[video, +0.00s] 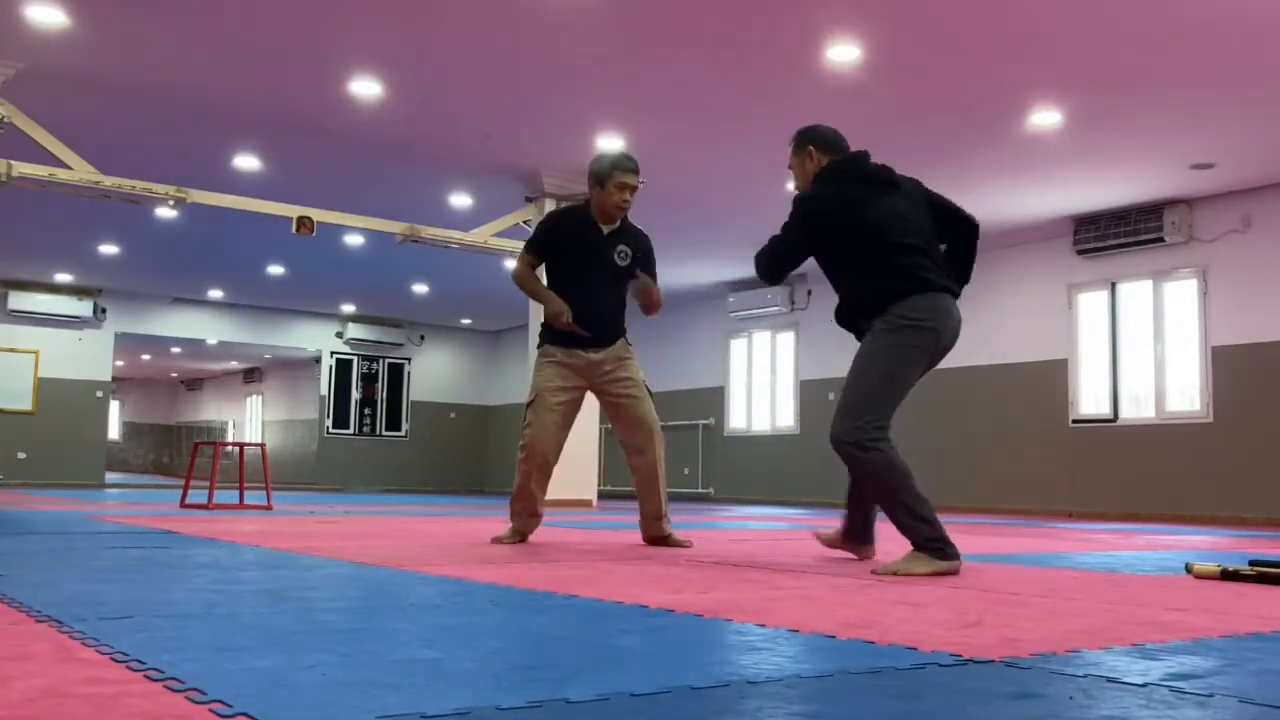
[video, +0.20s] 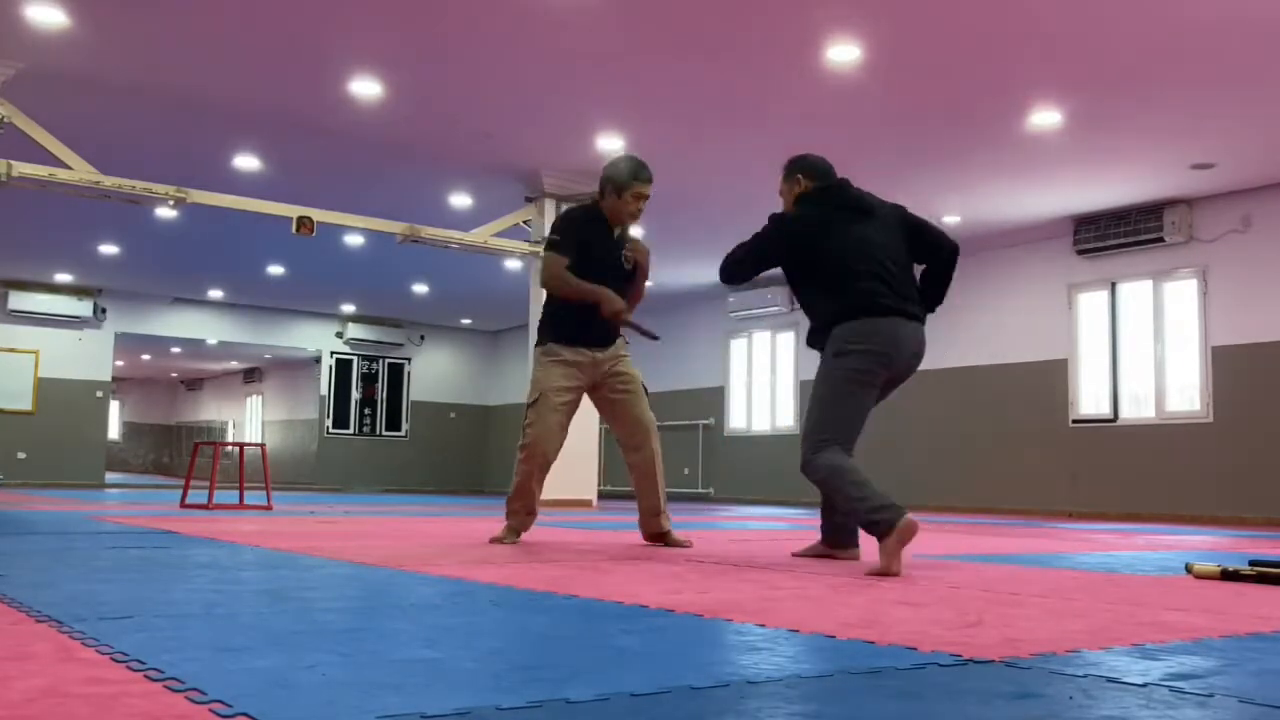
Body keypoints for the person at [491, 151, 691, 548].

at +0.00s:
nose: (628, 198)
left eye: (633, 191)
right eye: (620, 189)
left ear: (636, 193)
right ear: (596, 186)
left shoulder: (637, 241)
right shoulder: (559, 223)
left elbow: (650, 304)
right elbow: (521, 272)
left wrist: (647, 294)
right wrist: (549, 299)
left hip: (614, 355)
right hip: (560, 356)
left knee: (646, 432)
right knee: (538, 441)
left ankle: (655, 528)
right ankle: (521, 526)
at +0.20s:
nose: (642, 208)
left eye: (646, 200)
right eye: (636, 198)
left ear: (642, 199)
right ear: (609, 192)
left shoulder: (628, 242)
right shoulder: (574, 220)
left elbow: (626, 308)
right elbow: (551, 277)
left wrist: (641, 271)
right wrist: (601, 295)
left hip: (609, 356)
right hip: (560, 355)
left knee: (643, 433)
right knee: (540, 442)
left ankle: (655, 526)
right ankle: (515, 525)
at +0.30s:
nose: (637, 214)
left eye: (641, 206)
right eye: (634, 204)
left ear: (624, 202)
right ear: (608, 197)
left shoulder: (614, 241)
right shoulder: (578, 222)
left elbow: (610, 301)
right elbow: (614, 261)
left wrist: (628, 274)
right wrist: (671, 274)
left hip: (601, 357)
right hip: (554, 357)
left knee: (636, 436)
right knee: (538, 447)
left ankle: (652, 527)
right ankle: (515, 527)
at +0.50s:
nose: (632, 224)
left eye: (636, 217)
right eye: (629, 215)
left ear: (622, 212)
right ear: (603, 206)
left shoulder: (615, 250)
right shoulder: (567, 230)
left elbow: (607, 307)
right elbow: (586, 266)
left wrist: (641, 299)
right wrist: (632, 290)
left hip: (596, 359)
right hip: (549, 360)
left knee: (635, 430)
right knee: (537, 447)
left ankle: (649, 524)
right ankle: (513, 527)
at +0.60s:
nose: (636, 228)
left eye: (640, 220)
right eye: (632, 219)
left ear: (636, 217)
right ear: (606, 212)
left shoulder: (634, 255)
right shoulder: (567, 232)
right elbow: (519, 266)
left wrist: (707, 298)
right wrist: (536, 306)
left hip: (612, 364)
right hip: (561, 364)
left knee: (659, 428)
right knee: (539, 447)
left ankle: (672, 518)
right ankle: (513, 528)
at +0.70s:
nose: (658, 235)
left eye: (663, 226)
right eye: (652, 226)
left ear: (665, 224)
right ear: (627, 220)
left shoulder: (660, 264)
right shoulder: (586, 239)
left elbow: (667, 328)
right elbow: (536, 264)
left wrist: (719, 332)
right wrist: (513, 314)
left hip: (640, 370)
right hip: (586, 371)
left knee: (692, 436)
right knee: (557, 447)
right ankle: (515, 527)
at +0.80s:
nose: (701, 235)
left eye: (706, 227)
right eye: (694, 226)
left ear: (710, 225)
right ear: (670, 221)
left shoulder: (711, 266)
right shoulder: (641, 243)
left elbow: (707, 325)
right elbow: (610, 270)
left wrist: (682, 340)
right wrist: (584, 308)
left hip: (682, 375)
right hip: (626, 373)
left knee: (729, 441)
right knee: (581, 444)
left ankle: (763, 529)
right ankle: (525, 522)